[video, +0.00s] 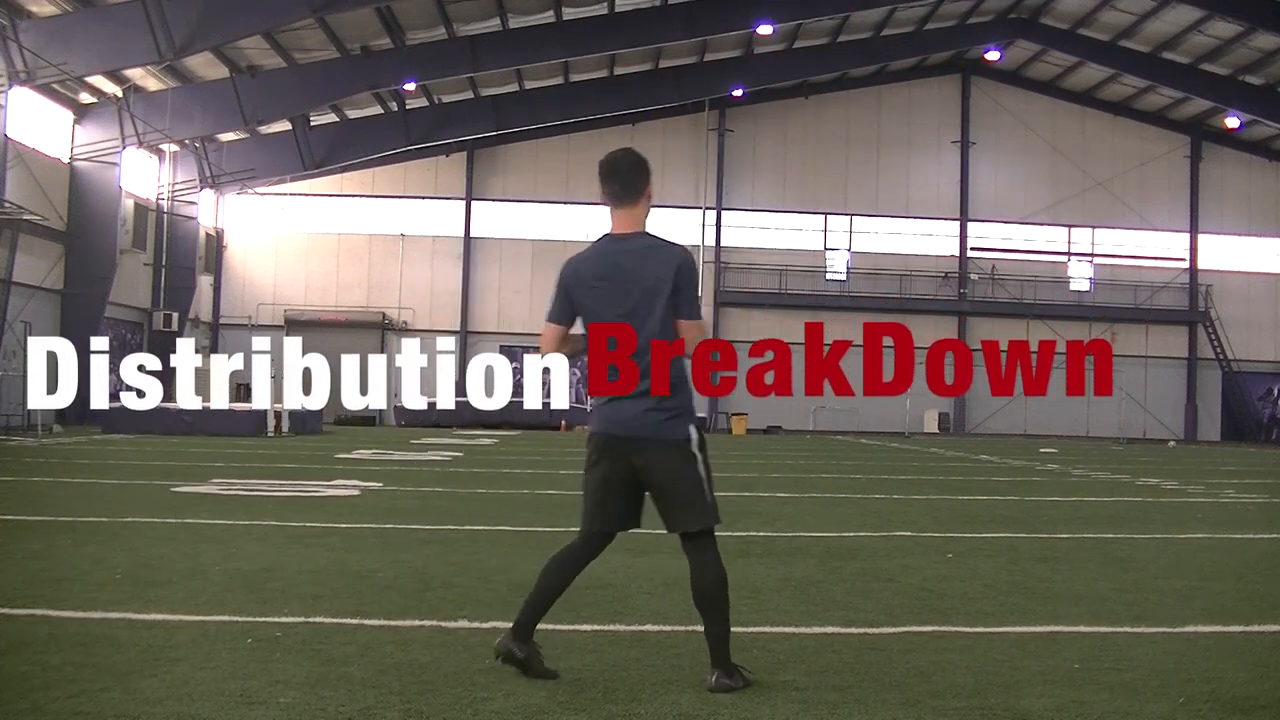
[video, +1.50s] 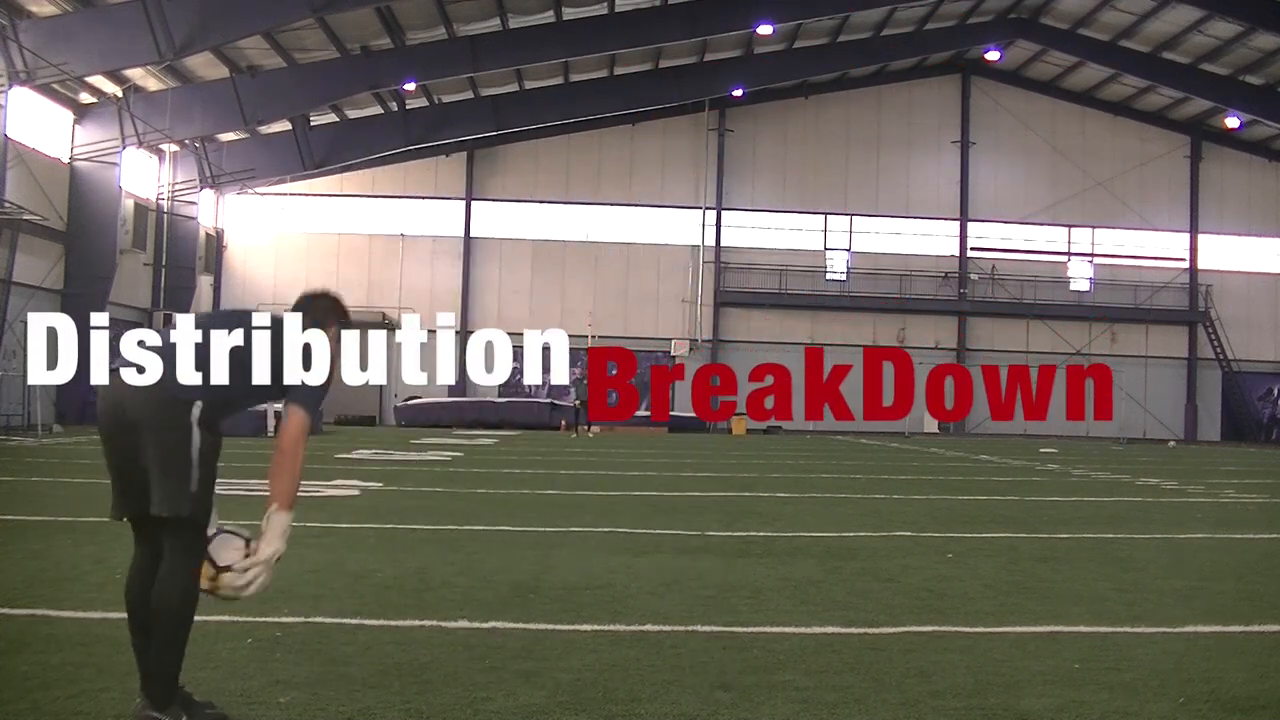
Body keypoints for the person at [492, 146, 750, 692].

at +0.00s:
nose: (649, 197)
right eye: (650, 189)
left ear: (602, 195)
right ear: (650, 192)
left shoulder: (578, 266)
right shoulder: (676, 260)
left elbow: (552, 342)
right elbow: (691, 341)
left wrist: (592, 342)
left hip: (606, 432)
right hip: (667, 433)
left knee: (593, 534)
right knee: (700, 544)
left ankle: (518, 637)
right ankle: (722, 668)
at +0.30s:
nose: (554, 193)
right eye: (555, 184)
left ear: (509, 192)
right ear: (554, 185)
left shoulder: (485, 260)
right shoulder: (584, 247)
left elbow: (462, 342)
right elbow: (605, 329)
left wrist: (503, 345)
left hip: (508, 421)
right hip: (568, 420)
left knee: (521, 535)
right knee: (617, 526)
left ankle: (507, 657)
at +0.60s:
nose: (480, 195)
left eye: (472, 186)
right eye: (479, 186)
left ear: (431, 192)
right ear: (475, 187)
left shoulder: (404, 260)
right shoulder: (488, 254)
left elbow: (365, 338)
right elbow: (508, 343)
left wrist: (414, 359)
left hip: (416, 423)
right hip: (454, 427)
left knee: (471, 540)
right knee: (415, 543)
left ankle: (501, 657)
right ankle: (337, 662)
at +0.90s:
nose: (416, 183)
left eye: (412, 173)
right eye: (416, 174)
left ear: (365, 172)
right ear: (408, 173)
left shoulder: (330, 236)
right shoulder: (399, 237)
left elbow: (298, 314)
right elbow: (404, 328)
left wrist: (322, 369)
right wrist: (421, 379)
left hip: (322, 408)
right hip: (358, 411)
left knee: (383, 520)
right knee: (341, 532)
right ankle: (325, 669)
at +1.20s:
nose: (367, 224)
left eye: (366, 215)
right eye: (369, 214)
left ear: (318, 208)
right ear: (360, 210)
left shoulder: (274, 257)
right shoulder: (346, 259)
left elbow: (252, 343)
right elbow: (330, 335)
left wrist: (296, 419)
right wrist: (343, 397)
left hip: (206, 418)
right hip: (260, 427)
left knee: (209, 549)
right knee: (290, 546)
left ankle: (158, 685)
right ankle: (319, 673)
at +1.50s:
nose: (336, 351)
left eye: (338, 340)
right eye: (339, 339)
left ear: (297, 316)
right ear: (327, 328)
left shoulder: (246, 327)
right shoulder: (314, 351)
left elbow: (197, 412)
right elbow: (291, 435)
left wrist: (198, 531)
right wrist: (276, 530)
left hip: (120, 397)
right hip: (175, 409)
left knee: (148, 549)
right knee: (183, 551)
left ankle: (155, 693)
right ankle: (162, 699)